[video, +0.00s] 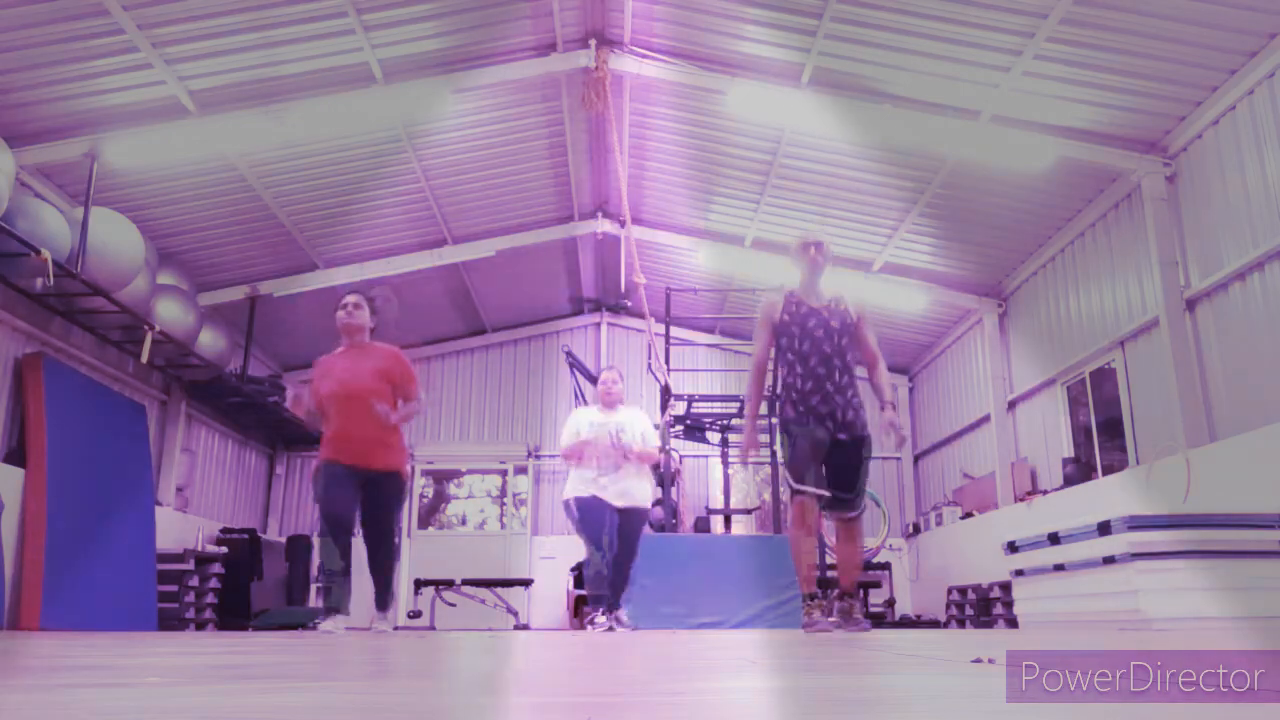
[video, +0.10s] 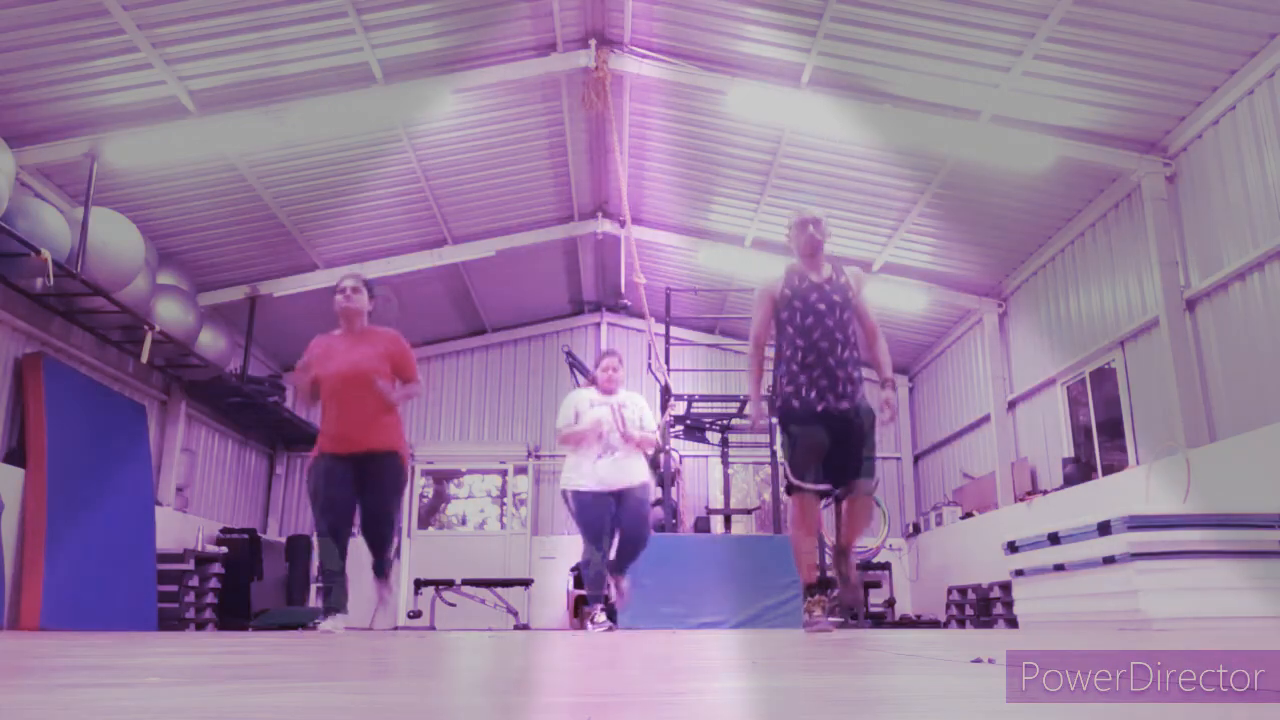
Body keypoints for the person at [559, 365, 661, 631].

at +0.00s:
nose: (609, 387)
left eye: (614, 382)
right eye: (604, 383)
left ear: (623, 387)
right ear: (596, 388)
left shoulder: (637, 417)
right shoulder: (581, 416)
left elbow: (655, 455)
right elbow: (566, 454)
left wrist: (635, 452)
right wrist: (585, 444)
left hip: (632, 496)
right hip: (589, 491)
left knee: (625, 554)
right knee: (600, 546)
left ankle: (614, 607)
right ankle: (597, 610)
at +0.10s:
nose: (611, 374)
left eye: (616, 369)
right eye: (605, 369)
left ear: (623, 373)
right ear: (595, 373)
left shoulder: (636, 401)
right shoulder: (577, 398)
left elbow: (654, 441)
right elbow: (563, 437)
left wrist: (634, 436)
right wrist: (591, 428)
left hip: (632, 479)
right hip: (588, 480)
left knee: (638, 534)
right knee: (596, 543)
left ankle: (616, 570)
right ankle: (596, 606)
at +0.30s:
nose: (606, 381)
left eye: (611, 376)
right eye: (601, 375)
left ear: (619, 376)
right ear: (592, 375)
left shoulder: (633, 404)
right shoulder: (571, 402)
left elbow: (652, 441)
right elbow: (555, 440)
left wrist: (634, 439)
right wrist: (581, 443)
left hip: (621, 479)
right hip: (584, 484)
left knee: (636, 467)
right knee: (596, 551)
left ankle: (627, 536)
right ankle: (596, 610)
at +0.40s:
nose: (605, 378)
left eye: (610, 373)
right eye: (600, 372)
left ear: (618, 376)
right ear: (590, 374)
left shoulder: (632, 405)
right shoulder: (570, 403)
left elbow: (651, 442)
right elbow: (556, 442)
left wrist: (633, 438)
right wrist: (582, 440)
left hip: (621, 477)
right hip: (582, 483)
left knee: (632, 471)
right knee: (595, 552)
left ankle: (624, 544)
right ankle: (597, 611)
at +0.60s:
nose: (607, 361)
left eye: (613, 357)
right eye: (602, 356)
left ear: (621, 365)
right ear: (591, 363)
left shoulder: (633, 393)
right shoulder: (572, 391)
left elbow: (653, 435)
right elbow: (555, 432)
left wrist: (634, 436)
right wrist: (580, 434)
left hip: (625, 472)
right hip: (582, 477)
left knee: (616, 517)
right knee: (592, 545)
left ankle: (620, 576)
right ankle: (598, 608)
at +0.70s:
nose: (607, 375)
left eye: (613, 371)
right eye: (602, 371)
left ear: (622, 378)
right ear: (593, 376)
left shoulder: (633, 410)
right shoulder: (574, 407)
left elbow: (653, 446)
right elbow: (555, 444)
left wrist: (635, 443)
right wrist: (577, 445)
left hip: (626, 489)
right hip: (583, 493)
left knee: (608, 539)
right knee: (592, 553)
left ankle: (615, 605)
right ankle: (596, 609)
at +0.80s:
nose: (609, 366)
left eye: (615, 362)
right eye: (603, 361)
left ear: (624, 371)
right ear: (594, 369)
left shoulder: (637, 402)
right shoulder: (576, 398)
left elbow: (654, 442)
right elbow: (558, 438)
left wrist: (630, 433)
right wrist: (579, 436)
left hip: (626, 485)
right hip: (580, 488)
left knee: (614, 544)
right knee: (590, 548)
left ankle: (614, 610)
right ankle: (594, 607)